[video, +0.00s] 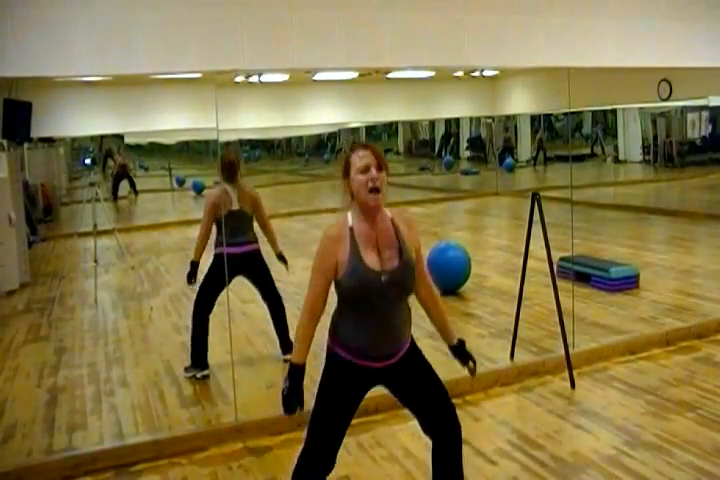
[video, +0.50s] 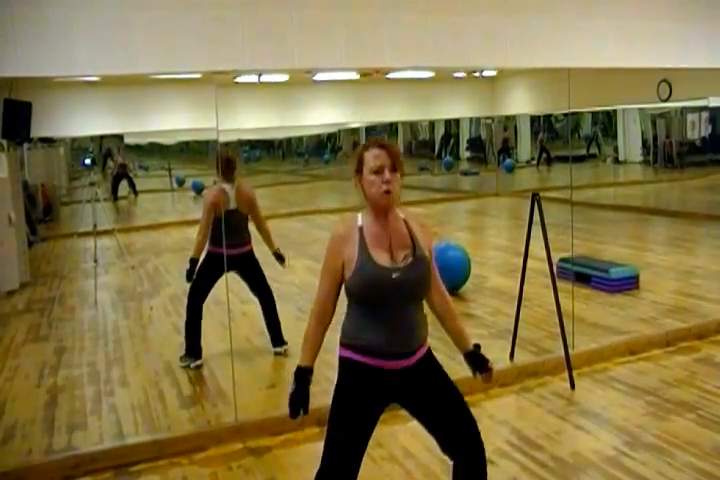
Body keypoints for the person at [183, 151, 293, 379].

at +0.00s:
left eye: (224, 167)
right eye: (234, 167)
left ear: (220, 171)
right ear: (239, 170)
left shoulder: (214, 196)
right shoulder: (250, 194)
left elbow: (204, 234)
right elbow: (265, 225)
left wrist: (194, 263)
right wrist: (278, 251)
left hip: (226, 261)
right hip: (252, 259)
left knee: (202, 308)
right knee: (273, 300)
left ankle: (200, 364)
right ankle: (287, 347)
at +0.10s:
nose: (230, 158)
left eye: (224, 154)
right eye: (236, 154)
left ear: (220, 157)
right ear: (239, 155)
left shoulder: (215, 184)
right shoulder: (250, 180)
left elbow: (205, 220)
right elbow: (263, 213)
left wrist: (197, 248)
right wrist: (275, 238)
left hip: (223, 248)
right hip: (249, 247)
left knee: (206, 298)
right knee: (268, 293)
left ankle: (200, 353)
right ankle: (285, 342)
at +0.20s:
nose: (225, 154)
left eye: (222, 150)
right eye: (232, 149)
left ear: (220, 152)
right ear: (239, 152)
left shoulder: (214, 179)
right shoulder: (250, 176)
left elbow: (205, 217)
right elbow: (264, 209)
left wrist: (196, 245)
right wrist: (276, 233)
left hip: (220, 242)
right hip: (247, 241)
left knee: (202, 289)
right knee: (265, 285)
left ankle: (201, 344)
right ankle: (280, 334)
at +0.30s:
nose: (226, 164)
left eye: (222, 159)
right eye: (233, 160)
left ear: (219, 162)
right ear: (238, 162)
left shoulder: (213, 189)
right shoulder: (249, 186)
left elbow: (204, 222)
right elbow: (265, 216)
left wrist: (194, 251)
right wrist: (280, 239)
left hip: (220, 251)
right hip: (246, 251)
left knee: (200, 296)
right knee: (263, 292)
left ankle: (195, 351)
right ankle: (278, 338)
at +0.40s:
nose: (226, 173)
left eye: (223, 169)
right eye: (230, 169)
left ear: (218, 172)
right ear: (237, 172)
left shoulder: (213, 197)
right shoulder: (247, 196)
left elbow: (203, 234)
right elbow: (264, 226)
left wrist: (191, 263)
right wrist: (280, 248)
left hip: (217, 262)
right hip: (246, 261)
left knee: (193, 299)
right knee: (267, 296)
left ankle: (193, 353)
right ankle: (278, 342)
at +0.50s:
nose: (226, 169)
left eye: (223, 165)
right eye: (230, 164)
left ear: (217, 169)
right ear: (236, 167)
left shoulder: (212, 195)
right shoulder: (246, 192)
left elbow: (204, 232)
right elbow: (260, 225)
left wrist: (193, 260)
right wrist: (275, 249)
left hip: (217, 259)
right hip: (244, 257)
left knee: (195, 299)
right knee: (265, 294)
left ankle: (193, 354)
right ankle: (278, 342)